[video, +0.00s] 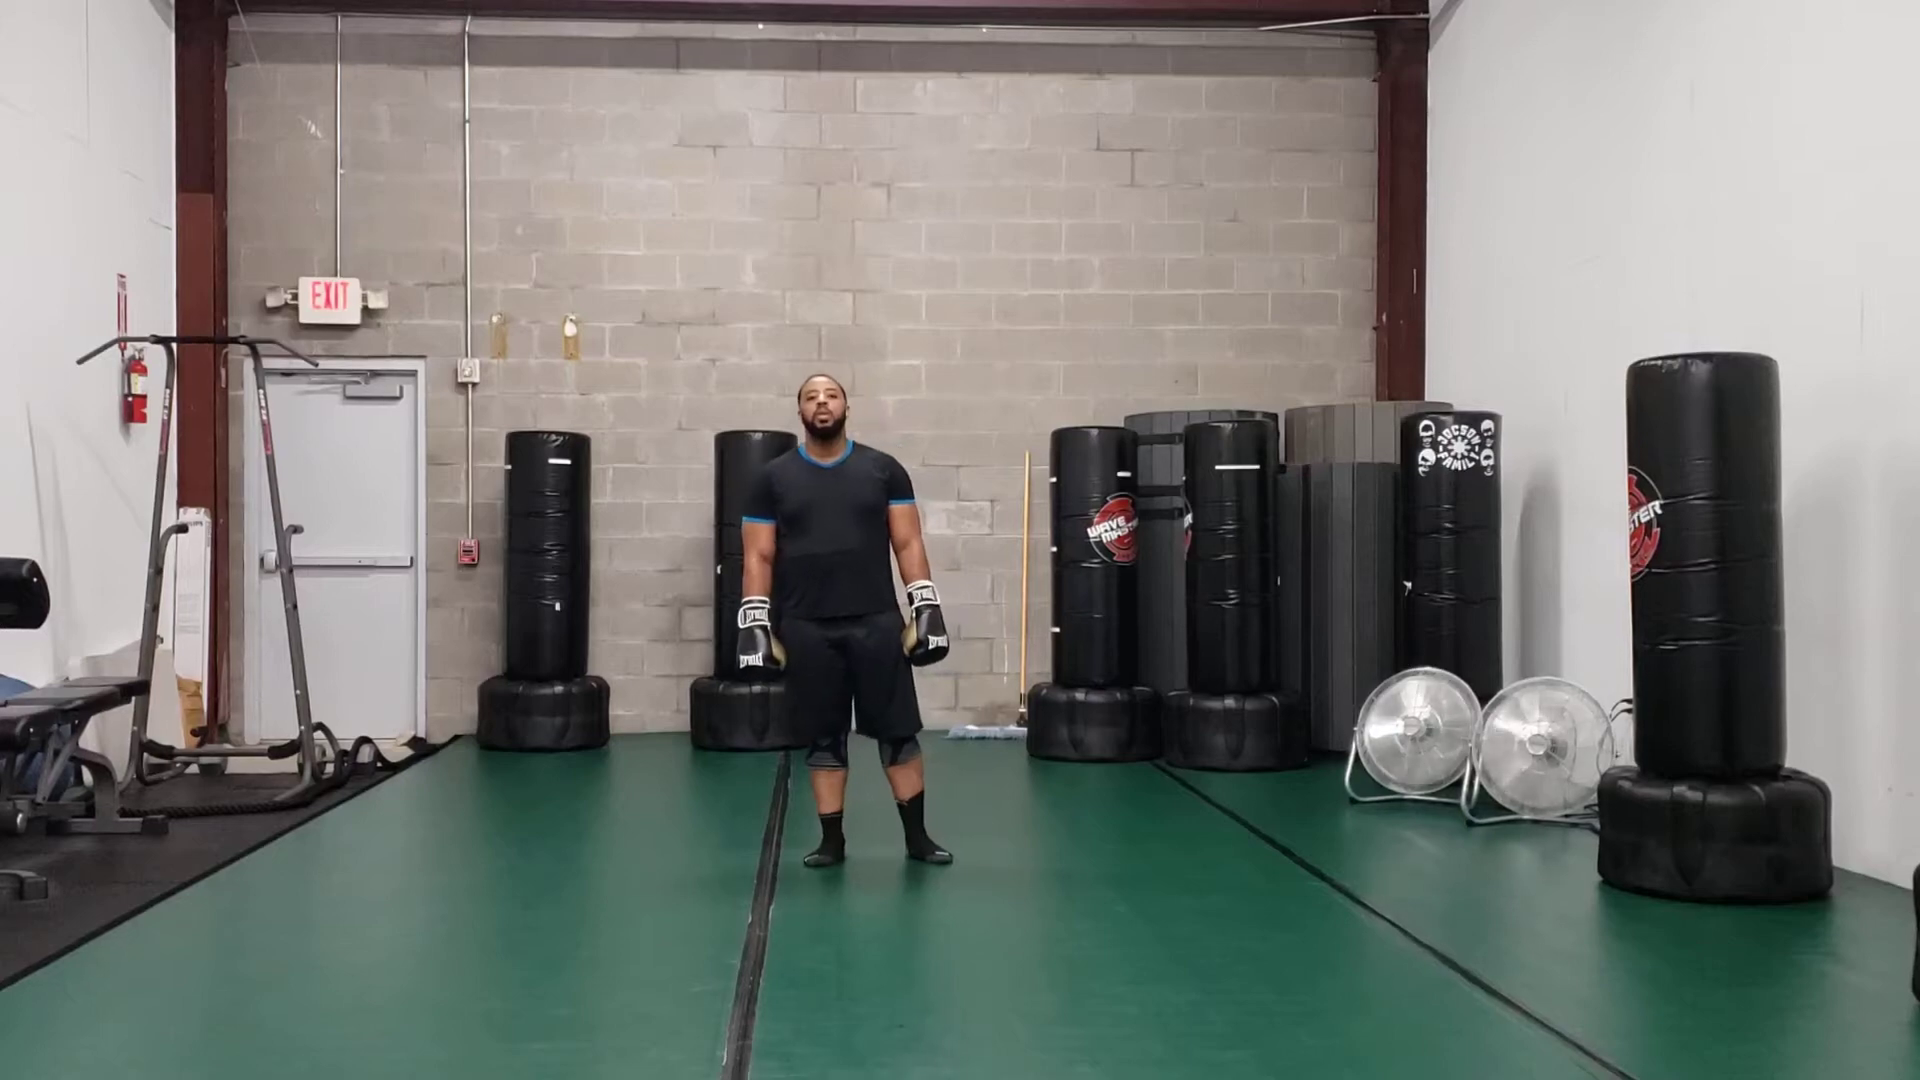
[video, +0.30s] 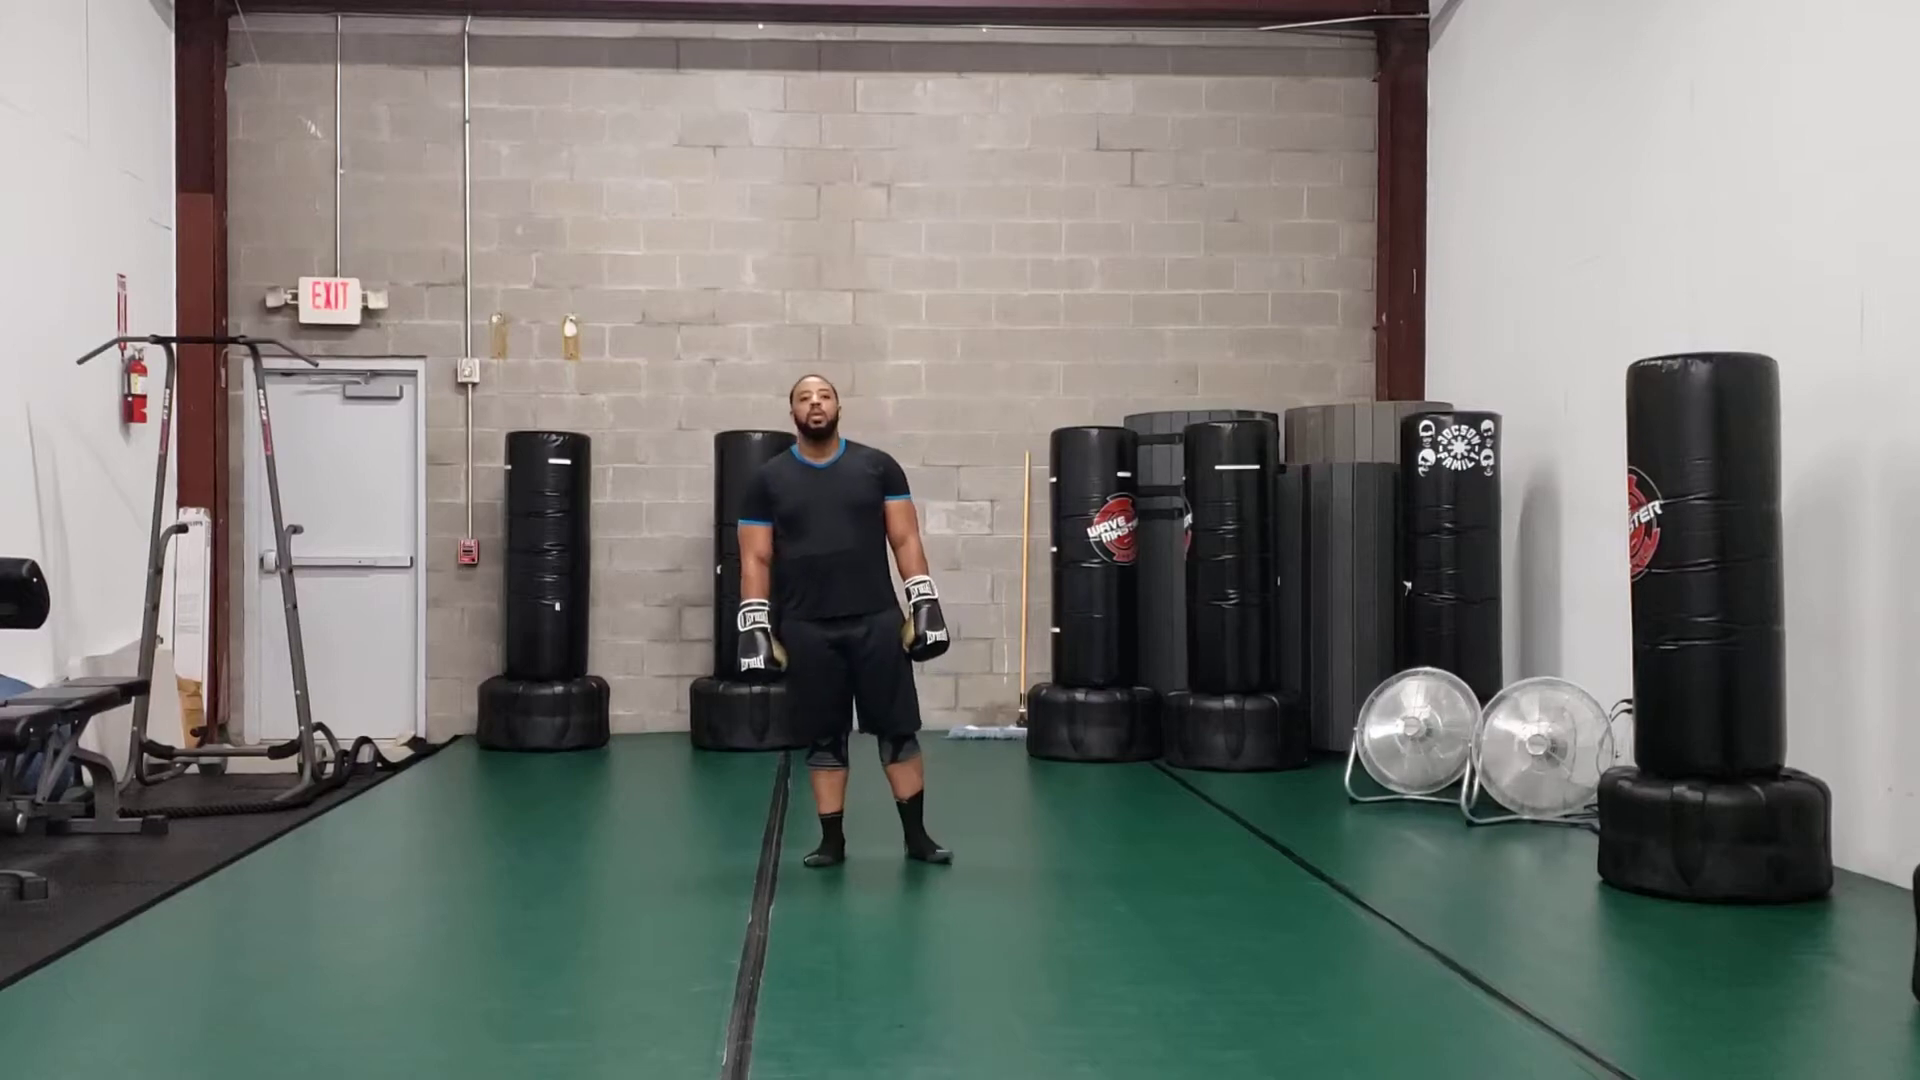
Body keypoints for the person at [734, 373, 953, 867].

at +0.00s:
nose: (822, 403)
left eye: (831, 396)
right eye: (812, 398)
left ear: (846, 408)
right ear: (800, 414)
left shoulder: (883, 470)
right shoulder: (774, 478)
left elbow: (908, 544)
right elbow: (758, 557)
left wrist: (926, 607)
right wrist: (754, 624)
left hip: (876, 625)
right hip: (806, 630)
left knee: (899, 735)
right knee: (823, 741)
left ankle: (917, 839)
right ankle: (831, 842)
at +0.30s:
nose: (815, 403)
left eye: (824, 396)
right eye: (805, 398)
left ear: (838, 409)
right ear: (793, 414)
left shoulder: (878, 467)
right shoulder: (769, 479)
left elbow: (906, 539)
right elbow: (755, 558)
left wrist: (925, 604)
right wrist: (754, 625)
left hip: (877, 624)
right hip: (806, 631)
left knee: (899, 734)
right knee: (823, 741)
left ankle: (917, 837)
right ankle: (831, 842)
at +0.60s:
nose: (820, 404)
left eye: (828, 396)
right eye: (809, 399)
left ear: (842, 409)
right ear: (797, 415)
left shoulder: (881, 466)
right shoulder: (773, 480)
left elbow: (909, 537)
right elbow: (758, 558)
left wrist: (929, 602)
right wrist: (753, 625)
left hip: (880, 621)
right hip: (809, 630)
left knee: (902, 729)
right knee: (825, 738)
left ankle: (905, 823)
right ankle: (832, 840)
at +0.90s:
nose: (842, 404)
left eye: (850, 397)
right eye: (831, 399)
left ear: (863, 411)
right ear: (818, 415)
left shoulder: (898, 472)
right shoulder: (788, 478)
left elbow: (919, 541)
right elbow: (772, 554)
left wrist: (930, 601)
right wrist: (763, 618)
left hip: (889, 619)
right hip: (821, 624)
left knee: (903, 728)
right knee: (829, 733)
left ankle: (897, 818)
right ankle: (832, 840)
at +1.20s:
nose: (874, 406)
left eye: (882, 399)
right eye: (863, 400)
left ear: (893, 413)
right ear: (848, 416)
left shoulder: (920, 476)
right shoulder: (818, 473)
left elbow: (937, 543)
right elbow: (800, 547)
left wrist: (936, 579)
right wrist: (801, 614)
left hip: (907, 622)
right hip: (843, 622)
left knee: (901, 729)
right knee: (839, 732)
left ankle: (896, 826)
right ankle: (833, 840)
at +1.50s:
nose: (896, 409)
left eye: (903, 403)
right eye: (885, 404)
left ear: (915, 417)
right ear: (870, 419)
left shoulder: (937, 482)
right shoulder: (841, 471)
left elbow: (951, 548)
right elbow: (822, 542)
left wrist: (952, 580)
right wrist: (838, 607)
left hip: (919, 621)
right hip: (861, 620)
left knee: (906, 727)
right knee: (850, 729)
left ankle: (895, 826)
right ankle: (833, 838)